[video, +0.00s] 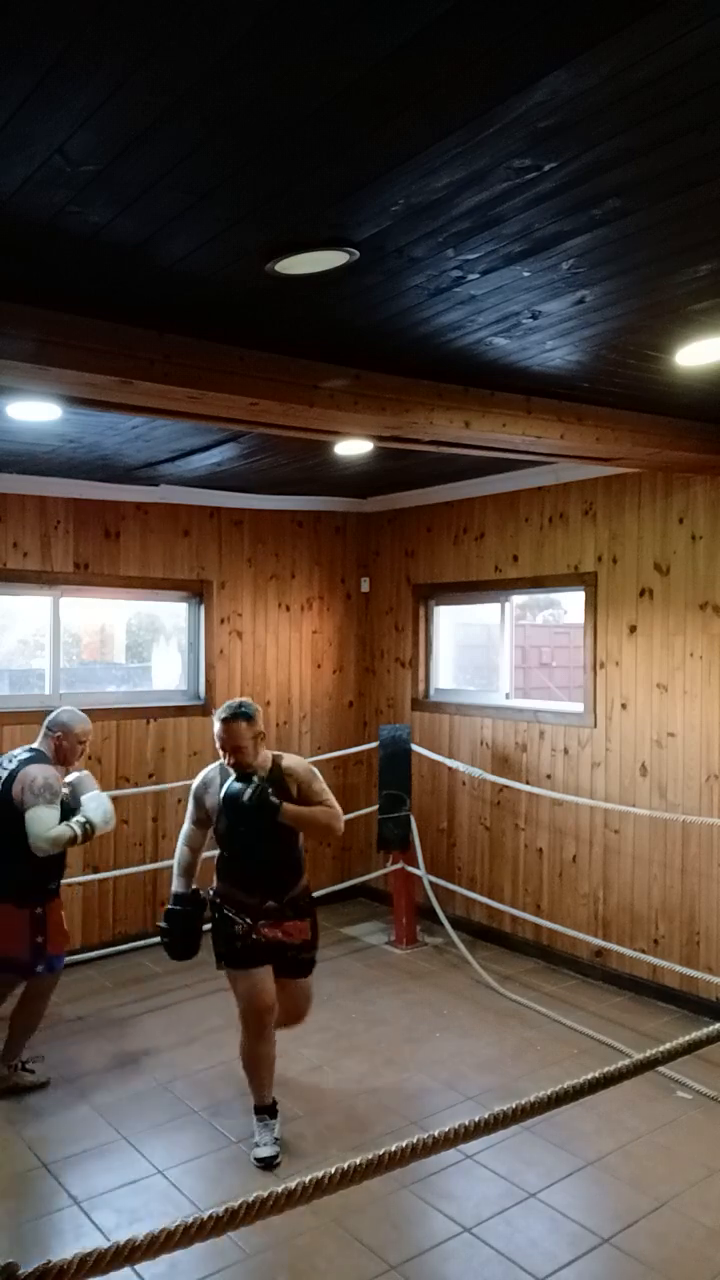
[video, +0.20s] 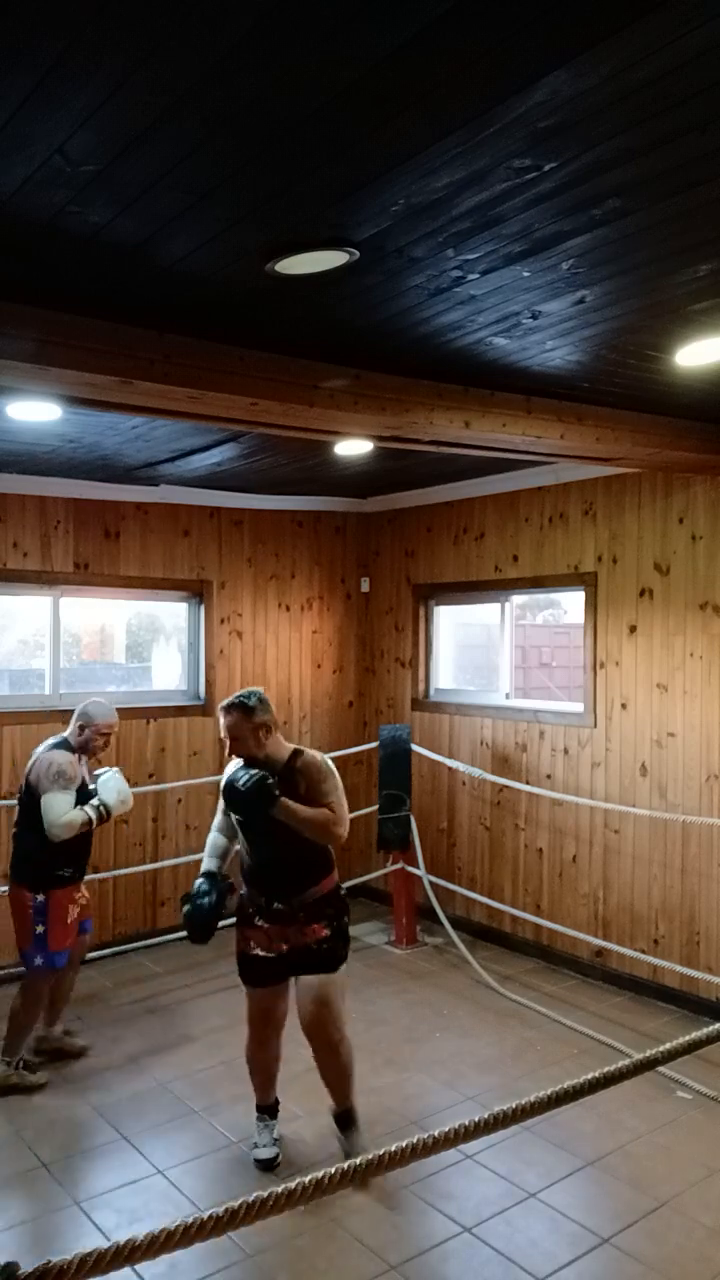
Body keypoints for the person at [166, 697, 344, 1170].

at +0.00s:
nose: (231, 756)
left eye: (238, 747)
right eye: (223, 748)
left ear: (259, 736)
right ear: (216, 743)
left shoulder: (295, 770)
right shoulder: (209, 784)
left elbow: (334, 823)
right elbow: (190, 842)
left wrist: (272, 806)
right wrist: (179, 901)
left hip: (292, 905)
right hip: (237, 910)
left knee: (294, 1010)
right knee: (259, 1012)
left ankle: (253, 1018)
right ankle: (264, 1117)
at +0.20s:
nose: (231, 750)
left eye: (236, 740)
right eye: (227, 741)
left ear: (266, 727)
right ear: (232, 736)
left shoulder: (313, 766)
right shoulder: (238, 773)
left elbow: (337, 829)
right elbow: (222, 831)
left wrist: (272, 802)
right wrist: (207, 879)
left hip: (316, 908)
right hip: (260, 911)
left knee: (320, 1020)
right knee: (263, 1022)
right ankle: (265, 1121)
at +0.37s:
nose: (246, 762)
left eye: (248, 752)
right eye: (243, 754)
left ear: (272, 745)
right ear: (268, 745)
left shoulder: (330, 789)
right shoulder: (268, 788)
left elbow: (335, 861)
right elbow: (269, 852)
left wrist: (266, 839)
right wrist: (235, 878)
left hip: (336, 936)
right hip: (285, 930)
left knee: (342, 1061)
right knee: (272, 1043)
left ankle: (398, 1202)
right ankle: (280, 1121)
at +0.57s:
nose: (262, 763)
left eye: (262, 753)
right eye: (261, 754)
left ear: (280, 752)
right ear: (303, 744)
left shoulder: (329, 806)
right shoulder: (314, 791)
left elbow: (337, 889)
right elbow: (312, 860)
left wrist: (271, 934)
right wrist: (278, 880)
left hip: (359, 949)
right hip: (325, 942)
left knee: (345, 1091)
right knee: (286, 1036)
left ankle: (406, 1211)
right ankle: (317, 1145)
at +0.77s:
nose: (263, 745)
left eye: (263, 736)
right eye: (264, 736)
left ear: (276, 738)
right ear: (313, 729)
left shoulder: (315, 789)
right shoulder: (340, 772)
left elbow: (328, 875)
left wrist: (299, 953)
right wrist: (278, 808)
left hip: (351, 941)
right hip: (350, 931)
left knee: (358, 1079)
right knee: (323, 1044)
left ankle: (409, 1209)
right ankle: (342, 1167)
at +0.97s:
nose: (260, 754)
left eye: (259, 746)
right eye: (259, 747)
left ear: (273, 745)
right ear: (305, 734)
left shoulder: (311, 787)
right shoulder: (338, 771)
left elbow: (310, 874)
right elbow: (298, 801)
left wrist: (278, 953)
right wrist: (252, 782)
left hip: (352, 941)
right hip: (363, 930)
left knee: (330, 1087)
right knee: (334, 1068)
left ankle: (400, 1202)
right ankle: (344, 1172)